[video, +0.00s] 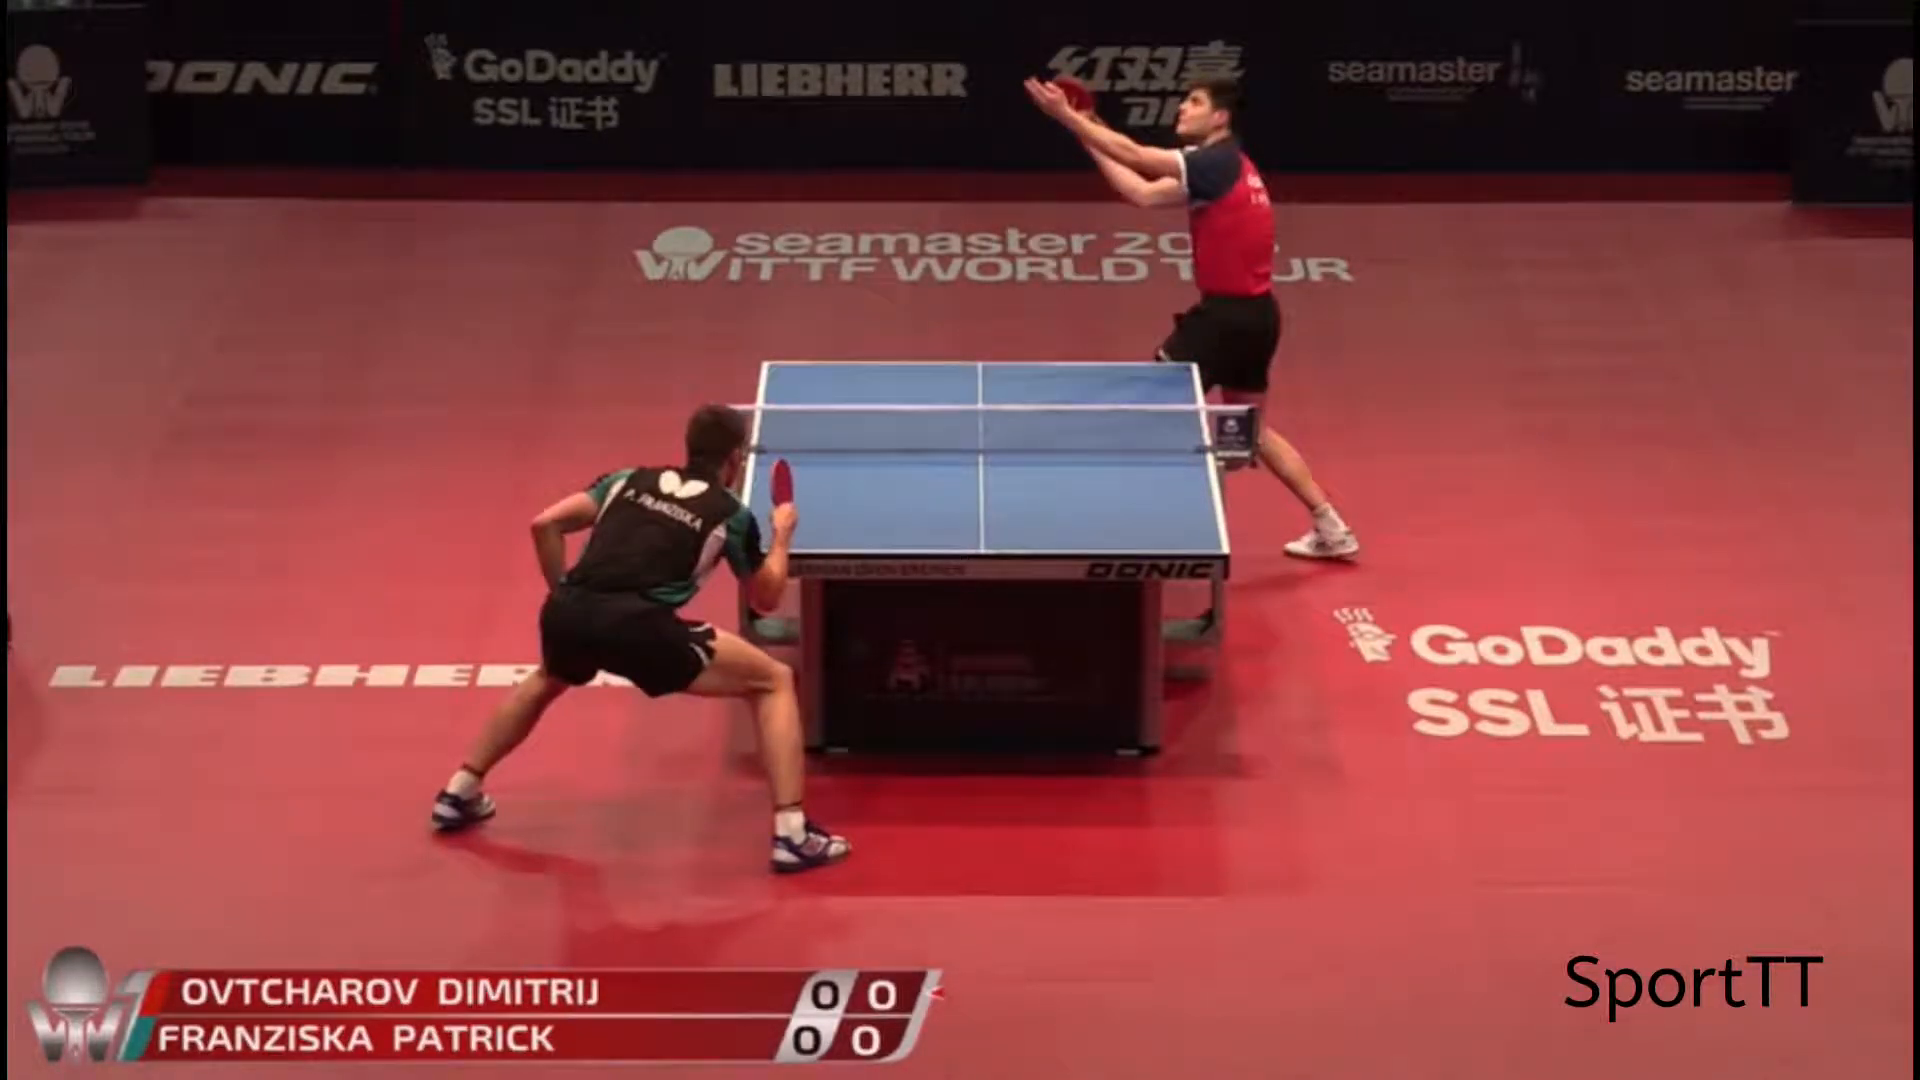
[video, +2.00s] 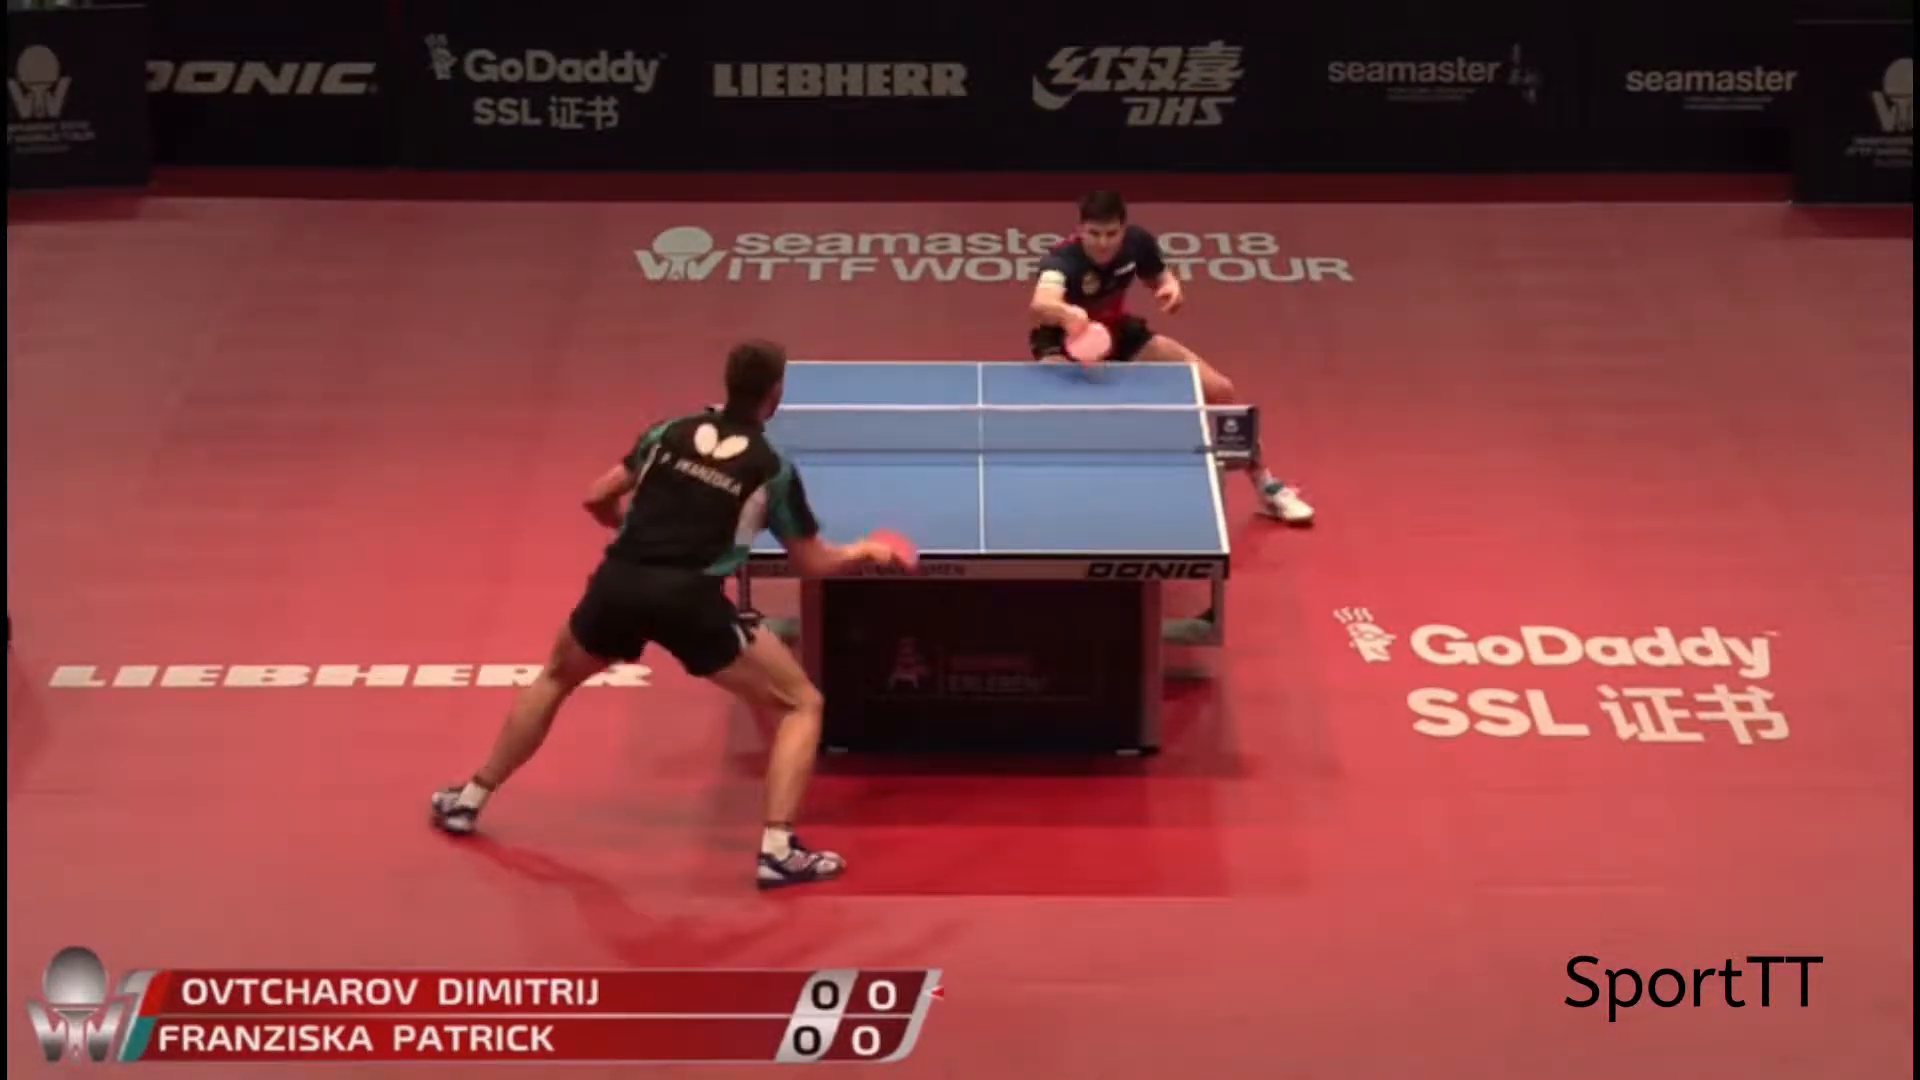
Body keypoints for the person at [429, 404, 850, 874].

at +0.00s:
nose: (745, 461)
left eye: (743, 453)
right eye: (745, 454)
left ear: (689, 451)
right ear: (734, 459)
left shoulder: (629, 479)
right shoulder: (732, 513)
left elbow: (546, 523)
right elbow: (766, 598)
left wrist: (560, 593)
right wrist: (782, 535)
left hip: (568, 614)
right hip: (639, 624)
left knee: (545, 682)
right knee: (774, 682)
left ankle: (459, 790)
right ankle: (793, 833)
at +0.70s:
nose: (766, 385)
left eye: (758, 375)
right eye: (765, 378)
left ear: (711, 375)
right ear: (758, 385)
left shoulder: (655, 415)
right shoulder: (756, 451)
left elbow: (581, 476)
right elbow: (797, 546)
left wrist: (601, 533)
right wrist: (838, 507)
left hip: (598, 563)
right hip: (669, 579)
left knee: (543, 673)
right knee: (783, 676)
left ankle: (458, 789)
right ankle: (792, 834)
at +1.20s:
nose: (741, 375)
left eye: (740, 365)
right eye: (741, 366)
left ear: (688, 356)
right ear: (732, 370)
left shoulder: (624, 389)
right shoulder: (726, 427)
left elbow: (543, 439)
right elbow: (766, 515)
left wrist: (543, 484)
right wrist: (812, 492)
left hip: (588, 548)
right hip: (664, 558)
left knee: (532, 654)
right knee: (765, 637)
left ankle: (470, 781)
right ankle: (801, 754)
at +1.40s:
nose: (760, 374)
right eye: (762, 366)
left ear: (713, 358)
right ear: (760, 371)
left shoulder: (678, 390)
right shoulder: (766, 426)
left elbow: (624, 440)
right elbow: (793, 472)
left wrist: (583, 462)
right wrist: (816, 477)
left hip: (656, 547)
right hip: (730, 553)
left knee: (566, 656)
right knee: (801, 642)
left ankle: (480, 773)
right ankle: (872, 753)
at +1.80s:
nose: (783, 358)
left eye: (776, 349)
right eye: (784, 351)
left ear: (731, 349)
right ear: (780, 359)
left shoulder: (677, 389)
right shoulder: (787, 428)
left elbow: (610, 440)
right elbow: (826, 521)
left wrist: (601, 487)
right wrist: (849, 496)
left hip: (641, 540)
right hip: (716, 552)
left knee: (570, 655)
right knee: (807, 650)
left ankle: (504, 786)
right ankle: (846, 795)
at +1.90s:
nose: (786, 390)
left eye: (774, 378)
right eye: (785, 382)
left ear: (730, 378)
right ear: (778, 390)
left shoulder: (670, 428)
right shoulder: (780, 463)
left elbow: (603, 496)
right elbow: (820, 556)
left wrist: (624, 529)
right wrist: (865, 539)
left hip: (627, 579)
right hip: (697, 595)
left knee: (556, 672)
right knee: (802, 706)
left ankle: (478, 792)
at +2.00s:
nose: (782, 397)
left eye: (775, 385)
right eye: (782, 390)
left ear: (727, 384)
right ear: (772, 396)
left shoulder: (670, 431)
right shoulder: (773, 467)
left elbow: (599, 497)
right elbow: (813, 563)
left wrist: (620, 523)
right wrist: (864, 553)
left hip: (619, 585)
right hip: (692, 601)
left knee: (554, 680)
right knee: (801, 704)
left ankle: (470, 799)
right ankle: (777, 849)